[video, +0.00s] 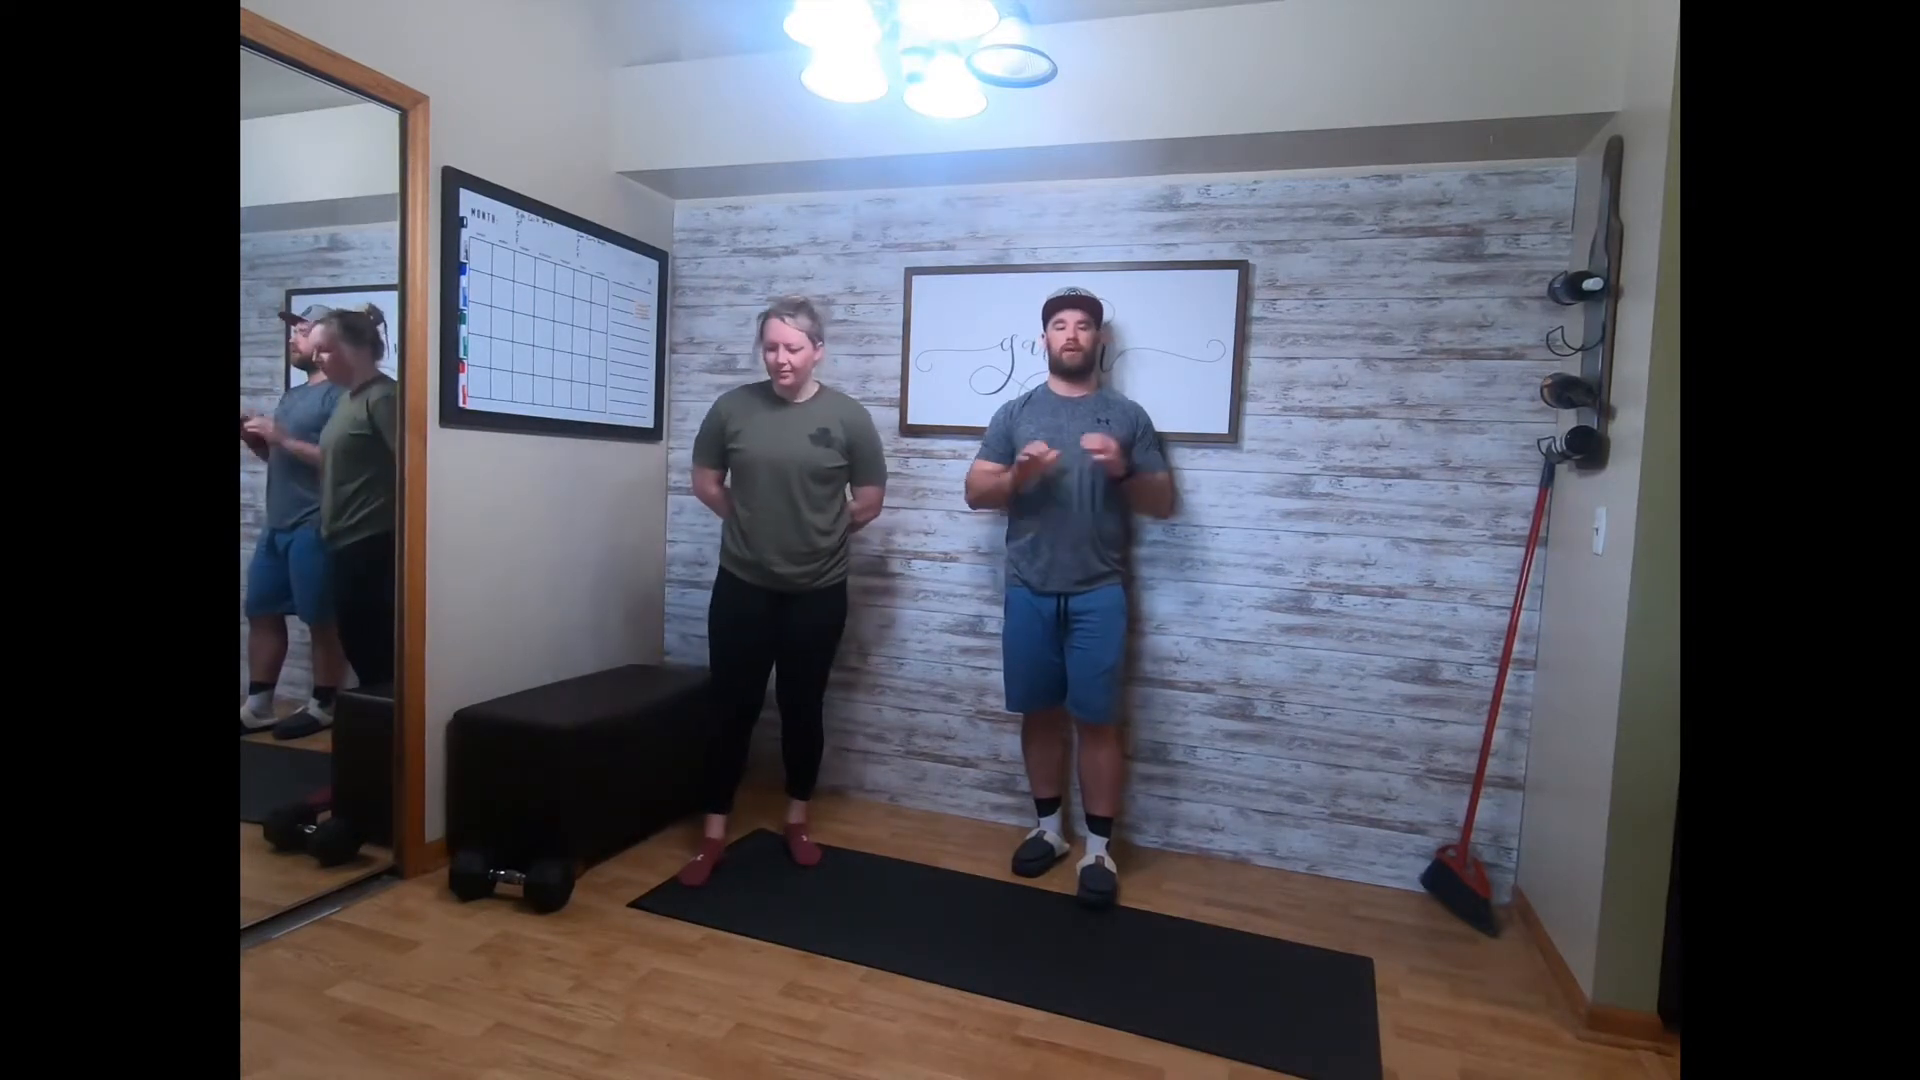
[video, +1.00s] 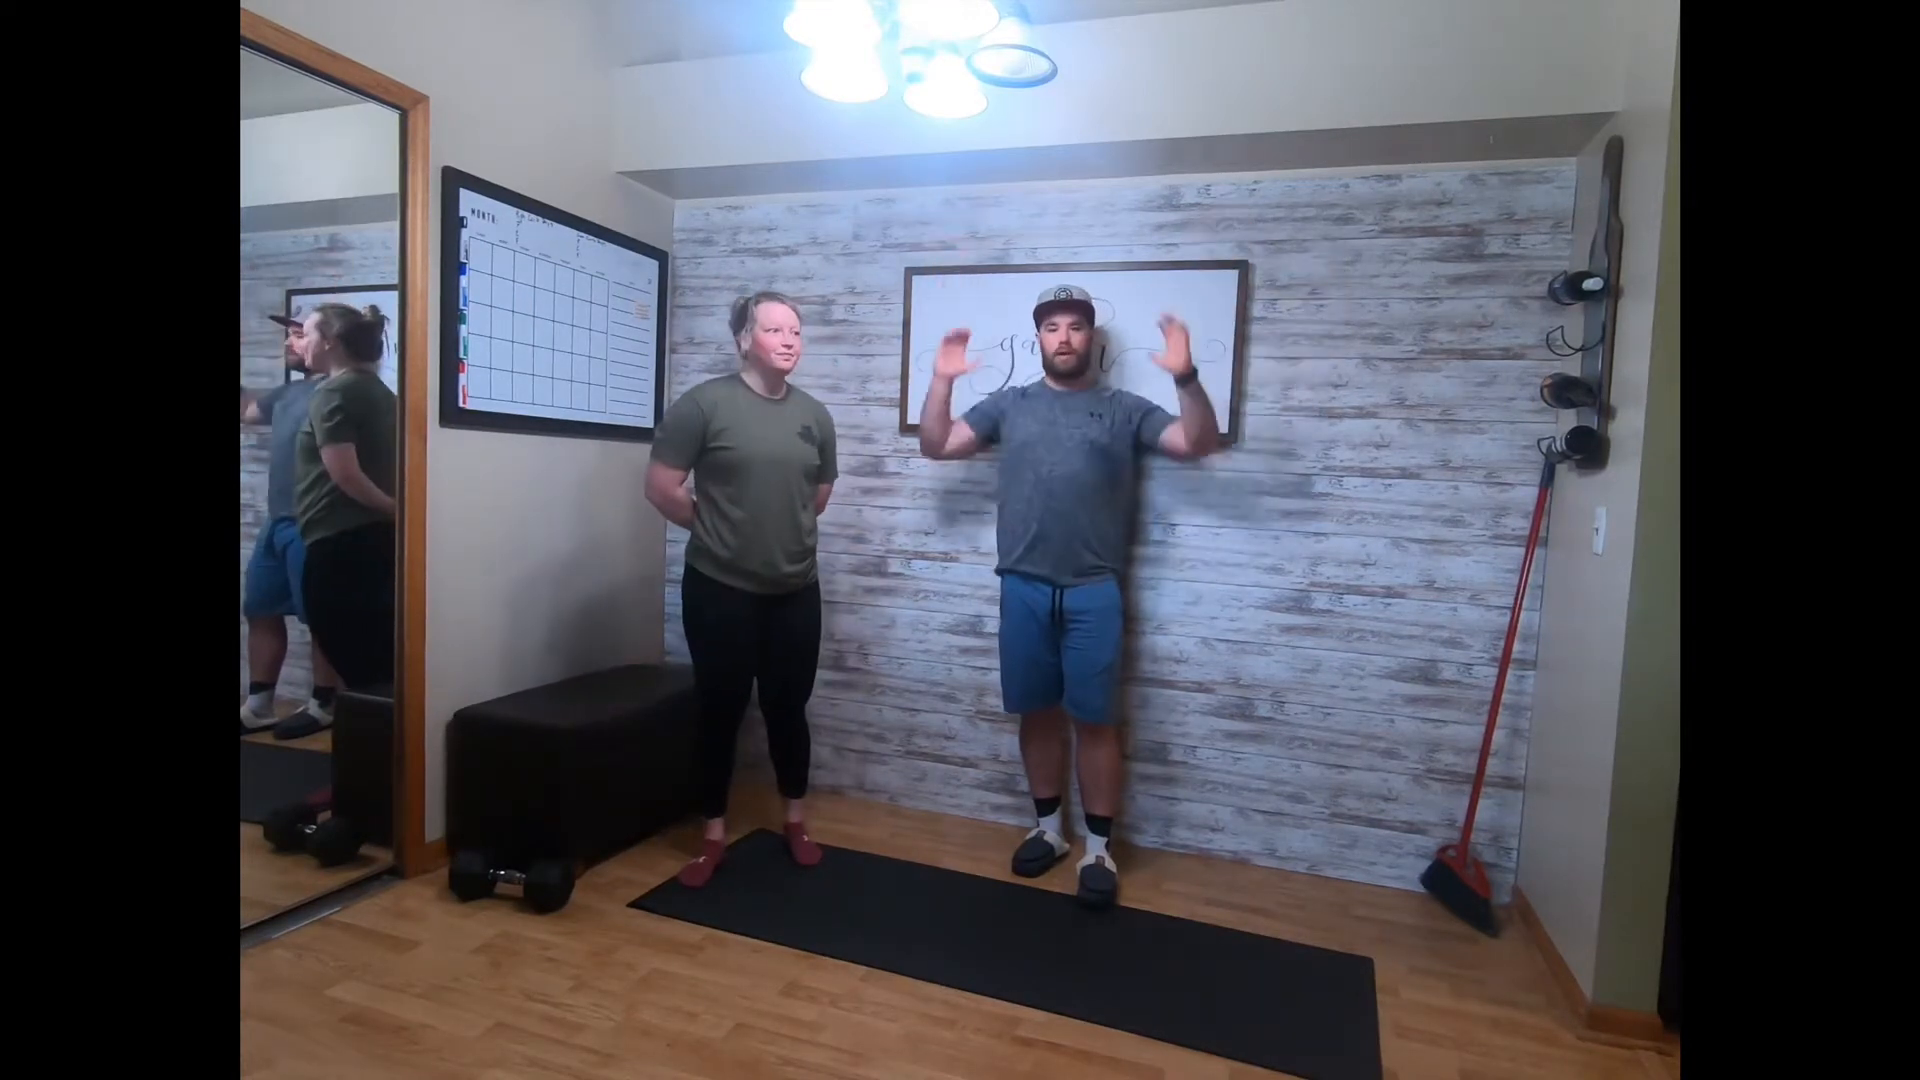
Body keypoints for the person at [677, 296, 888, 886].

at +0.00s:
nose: (780, 358)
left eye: (792, 348)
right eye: (771, 348)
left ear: (816, 352)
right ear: (761, 352)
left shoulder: (848, 417)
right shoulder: (733, 408)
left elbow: (869, 500)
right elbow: (704, 482)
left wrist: (817, 531)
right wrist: (752, 521)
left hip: (816, 588)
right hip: (742, 584)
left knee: (802, 707)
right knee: (730, 707)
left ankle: (797, 822)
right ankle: (714, 833)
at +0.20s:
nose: (777, 349)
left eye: (789, 340)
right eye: (767, 340)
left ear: (809, 348)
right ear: (753, 347)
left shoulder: (839, 417)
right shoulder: (721, 406)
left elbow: (854, 502)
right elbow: (686, 483)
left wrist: (802, 530)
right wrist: (737, 523)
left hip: (806, 589)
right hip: (731, 585)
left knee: (796, 710)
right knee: (724, 712)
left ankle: (796, 823)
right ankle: (714, 834)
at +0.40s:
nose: (776, 344)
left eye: (787, 336)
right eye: (765, 335)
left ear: (803, 344)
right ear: (748, 344)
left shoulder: (829, 417)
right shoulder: (710, 405)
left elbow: (838, 503)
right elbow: (670, 482)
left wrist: (785, 526)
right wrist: (723, 523)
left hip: (798, 591)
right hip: (721, 586)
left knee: (791, 710)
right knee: (720, 712)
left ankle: (796, 822)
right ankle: (714, 833)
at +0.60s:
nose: (783, 341)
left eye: (792, 332)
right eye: (770, 331)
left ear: (802, 344)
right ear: (745, 340)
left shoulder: (820, 418)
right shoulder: (703, 404)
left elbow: (826, 495)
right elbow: (661, 483)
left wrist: (779, 524)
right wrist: (716, 523)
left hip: (792, 590)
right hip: (717, 586)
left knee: (787, 709)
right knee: (718, 712)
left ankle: (794, 820)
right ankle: (713, 835)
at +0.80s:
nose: (789, 340)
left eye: (795, 331)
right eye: (774, 330)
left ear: (801, 342)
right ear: (744, 340)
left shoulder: (813, 417)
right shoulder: (702, 404)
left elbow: (818, 493)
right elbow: (659, 486)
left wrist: (777, 528)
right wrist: (715, 526)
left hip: (790, 589)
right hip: (716, 586)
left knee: (787, 710)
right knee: (717, 712)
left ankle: (794, 821)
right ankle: (714, 835)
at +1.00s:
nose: (790, 340)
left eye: (795, 330)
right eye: (775, 330)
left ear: (801, 342)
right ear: (744, 340)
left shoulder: (814, 417)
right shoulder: (703, 405)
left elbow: (818, 495)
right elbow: (661, 487)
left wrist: (777, 528)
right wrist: (717, 526)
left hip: (793, 589)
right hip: (719, 586)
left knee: (789, 709)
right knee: (718, 711)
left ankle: (795, 821)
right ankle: (713, 835)